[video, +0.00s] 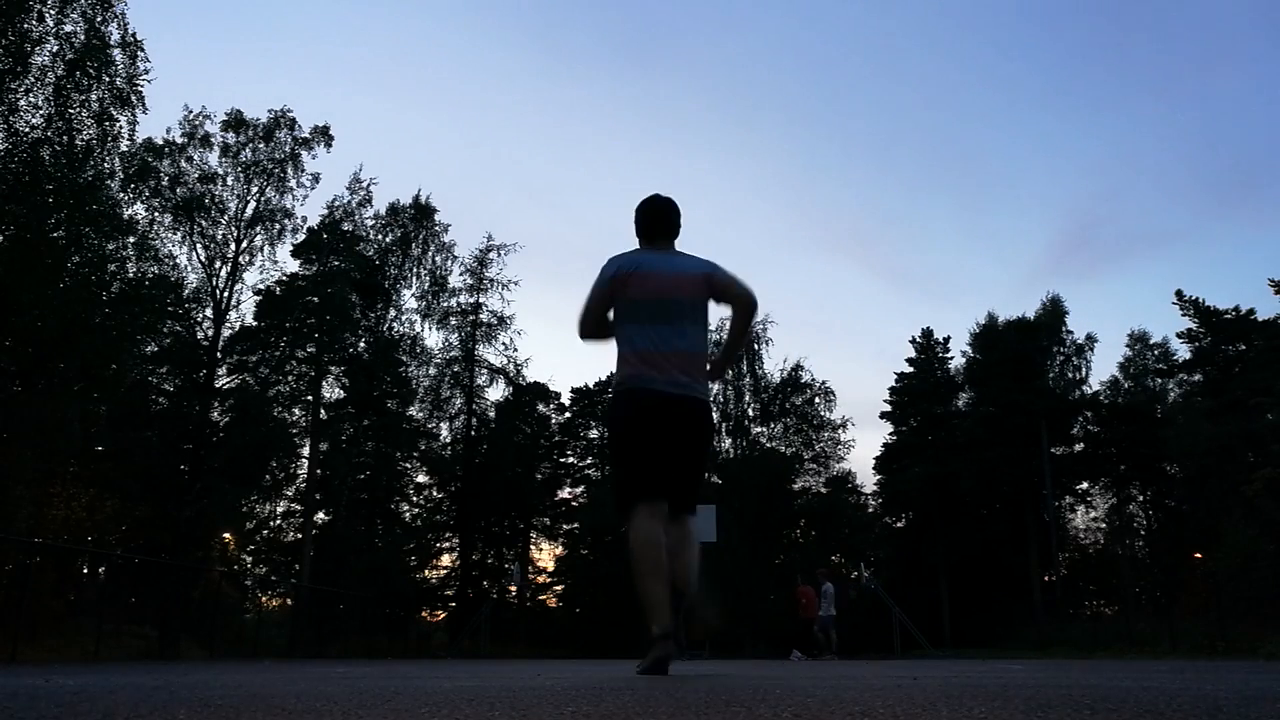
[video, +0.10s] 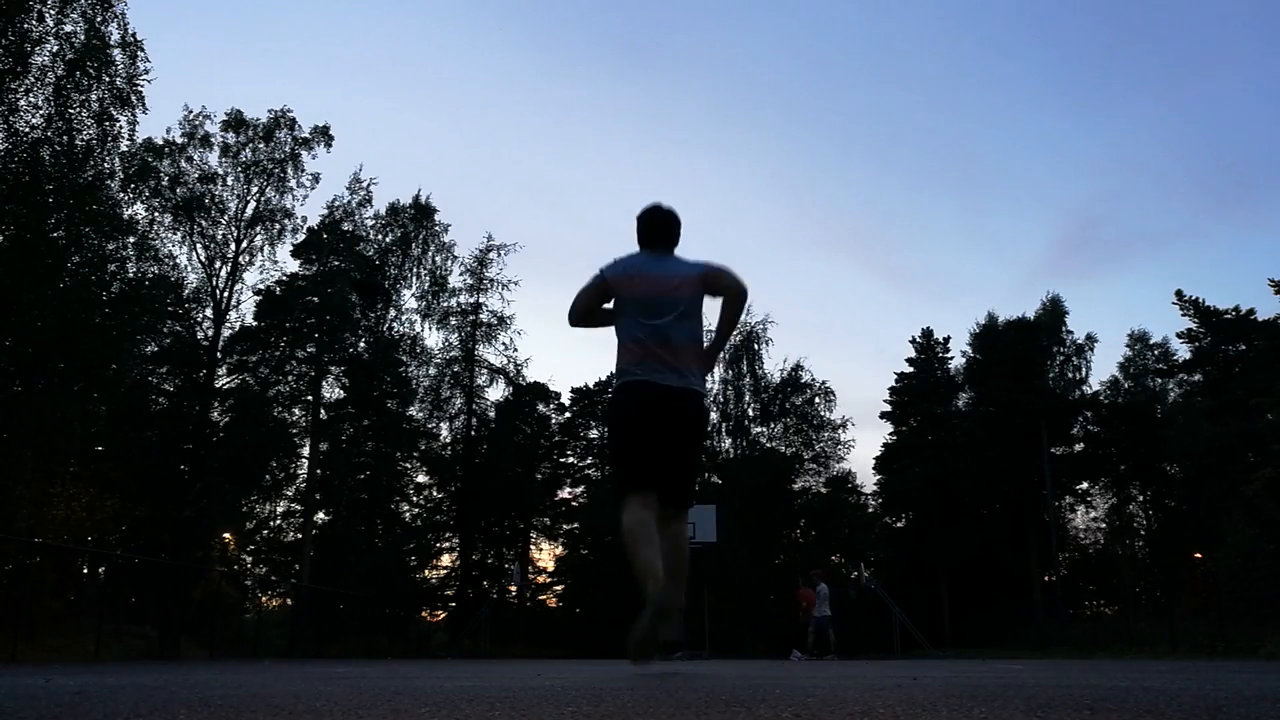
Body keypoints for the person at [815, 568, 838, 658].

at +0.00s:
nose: (820, 579)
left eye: (821, 577)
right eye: (819, 577)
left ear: (823, 577)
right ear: (822, 577)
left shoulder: (829, 587)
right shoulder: (824, 587)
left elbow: (829, 602)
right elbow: (825, 601)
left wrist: (823, 611)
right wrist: (822, 610)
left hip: (829, 614)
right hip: (824, 614)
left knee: (830, 632)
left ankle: (832, 652)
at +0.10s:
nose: (814, 581)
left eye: (815, 579)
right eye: (814, 579)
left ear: (817, 579)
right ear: (819, 579)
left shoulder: (822, 588)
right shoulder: (819, 588)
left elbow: (819, 602)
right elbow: (819, 603)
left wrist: (816, 612)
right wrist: (816, 611)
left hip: (823, 614)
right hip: (820, 614)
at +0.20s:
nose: (807, 582)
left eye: (808, 580)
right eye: (807, 580)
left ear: (811, 580)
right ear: (812, 580)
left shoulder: (816, 589)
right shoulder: (813, 589)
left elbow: (814, 602)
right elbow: (813, 602)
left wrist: (806, 609)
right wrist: (806, 610)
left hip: (818, 615)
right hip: (813, 615)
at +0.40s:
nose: (794, 580)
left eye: (795, 578)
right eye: (794, 578)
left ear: (797, 579)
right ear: (801, 578)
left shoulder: (801, 588)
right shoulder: (803, 588)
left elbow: (800, 602)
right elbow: (802, 603)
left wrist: (795, 612)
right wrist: (797, 611)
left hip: (800, 616)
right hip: (803, 615)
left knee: (795, 635)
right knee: (804, 634)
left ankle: (795, 653)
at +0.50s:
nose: (789, 578)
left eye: (789, 576)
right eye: (789, 576)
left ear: (792, 577)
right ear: (796, 577)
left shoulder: (796, 587)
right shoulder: (797, 586)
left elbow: (795, 601)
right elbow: (797, 601)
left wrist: (790, 611)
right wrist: (792, 610)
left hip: (796, 614)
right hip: (797, 614)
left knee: (793, 632)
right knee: (794, 633)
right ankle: (795, 652)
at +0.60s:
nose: (784, 578)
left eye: (785, 577)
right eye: (784, 576)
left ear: (786, 577)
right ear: (790, 576)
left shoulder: (791, 587)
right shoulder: (792, 586)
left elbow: (789, 601)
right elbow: (791, 601)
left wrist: (786, 612)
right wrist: (788, 611)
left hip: (791, 613)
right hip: (793, 613)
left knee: (784, 629)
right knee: (792, 632)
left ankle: (795, 651)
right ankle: (795, 652)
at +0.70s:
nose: (779, 578)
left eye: (779, 576)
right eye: (779, 576)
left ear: (781, 577)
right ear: (785, 576)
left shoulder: (785, 587)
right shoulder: (787, 587)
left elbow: (784, 602)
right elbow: (786, 602)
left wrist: (782, 612)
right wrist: (784, 610)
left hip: (784, 614)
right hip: (789, 614)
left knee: (777, 630)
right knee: (790, 632)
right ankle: (794, 651)